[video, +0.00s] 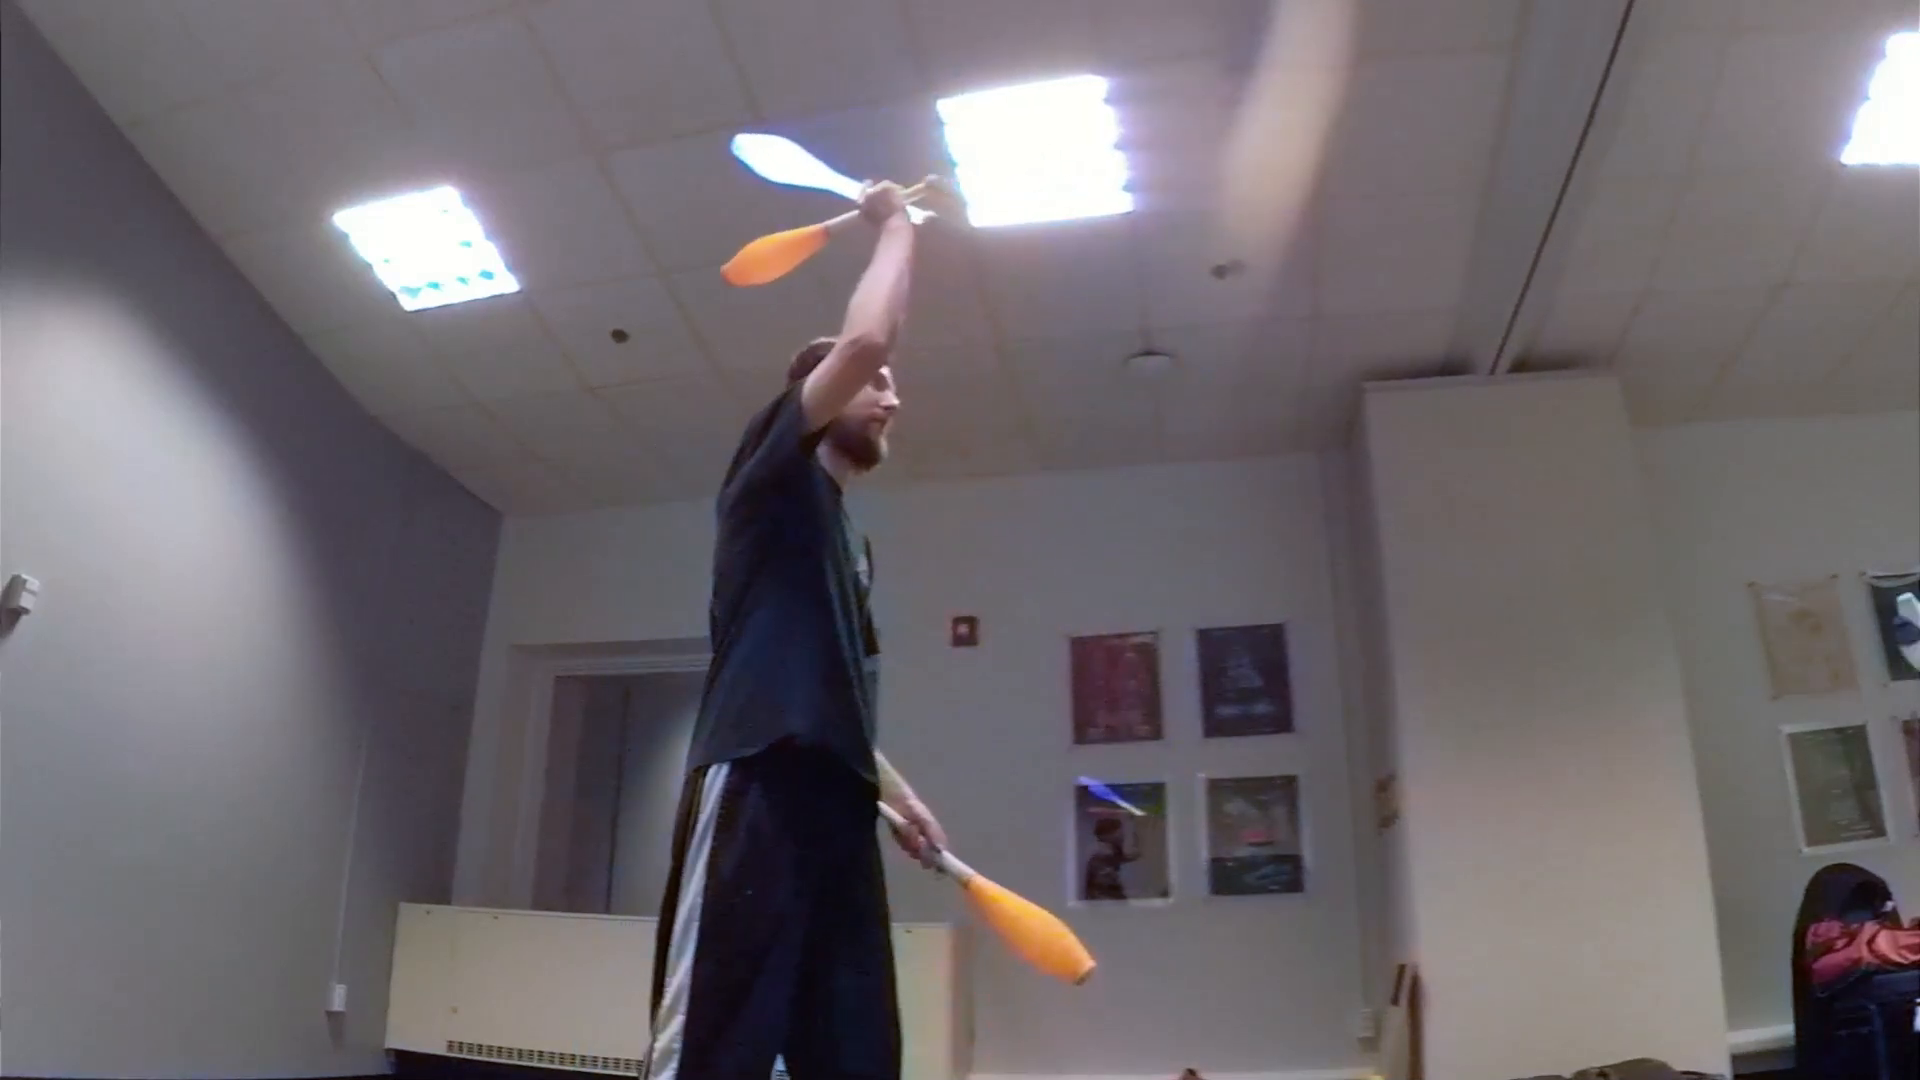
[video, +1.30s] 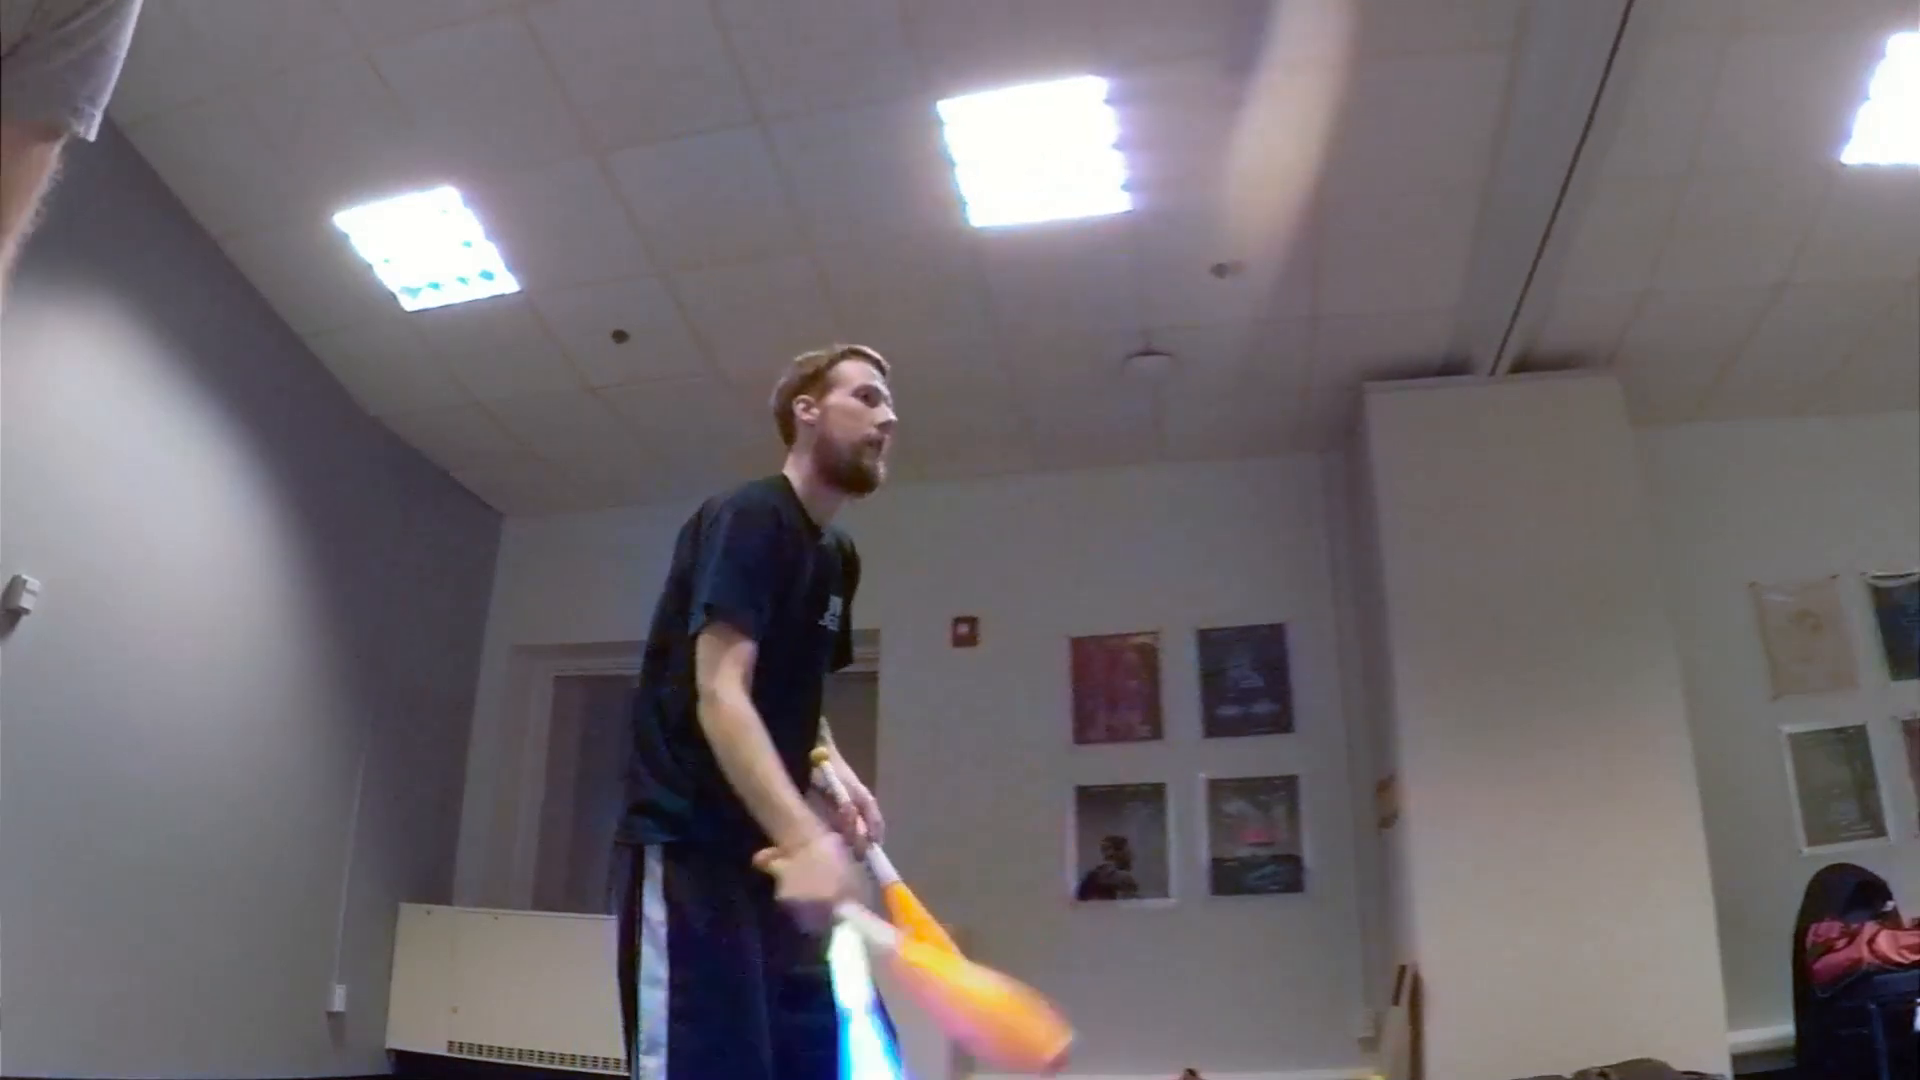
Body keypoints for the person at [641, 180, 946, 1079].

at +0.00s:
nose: (890, 400)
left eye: (892, 386)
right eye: (871, 380)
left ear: (877, 410)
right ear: (817, 389)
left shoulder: (838, 534)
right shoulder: (771, 469)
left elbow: (826, 695)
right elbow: (863, 338)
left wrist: (893, 792)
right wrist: (898, 221)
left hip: (833, 795)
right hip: (756, 784)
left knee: (851, 1039)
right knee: (716, 1033)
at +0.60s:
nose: (833, 387)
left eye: (836, 373)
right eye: (817, 371)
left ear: (797, 387)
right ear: (773, 379)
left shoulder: (787, 512)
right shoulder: (728, 444)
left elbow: (774, 677)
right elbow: (822, 391)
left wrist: (870, 749)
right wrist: (895, 256)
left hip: (794, 790)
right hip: (724, 777)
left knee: (821, 1026)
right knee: (701, 1021)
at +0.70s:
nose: (831, 380)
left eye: (835, 370)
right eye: (810, 362)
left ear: (836, 394)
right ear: (753, 375)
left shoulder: (799, 525)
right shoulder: (707, 444)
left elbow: (782, 680)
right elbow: (777, 475)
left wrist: (868, 738)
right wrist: (916, 360)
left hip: (789, 788)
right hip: (706, 782)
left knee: (818, 1031)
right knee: (691, 1027)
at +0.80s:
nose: (823, 383)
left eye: (824, 373)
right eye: (802, 364)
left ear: (824, 396)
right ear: (743, 378)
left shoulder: (778, 522)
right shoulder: (694, 460)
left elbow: (777, 680)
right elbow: (724, 567)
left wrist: (860, 729)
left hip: (775, 815)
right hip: (688, 808)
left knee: (833, 1041)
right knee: (683, 1047)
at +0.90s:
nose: (821, 388)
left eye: (823, 377)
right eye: (799, 369)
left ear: (818, 411)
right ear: (741, 385)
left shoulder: (793, 536)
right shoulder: (690, 476)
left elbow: (782, 693)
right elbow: (670, 628)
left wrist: (859, 734)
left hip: (771, 831)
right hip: (673, 826)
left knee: (843, 1040)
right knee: (681, 1053)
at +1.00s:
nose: (831, 399)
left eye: (832, 389)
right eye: (809, 381)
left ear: (831, 413)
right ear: (748, 397)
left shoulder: (798, 545)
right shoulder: (697, 499)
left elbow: (761, 696)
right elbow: (645, 668)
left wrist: (843, 746)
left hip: (762, 838)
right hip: (671, 841)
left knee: (854, 1040)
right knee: (690, 1060)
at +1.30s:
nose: (887, 415)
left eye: (889, 404)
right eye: (866, 395)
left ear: (882, 434)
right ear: (804, 411)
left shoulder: (836, 556)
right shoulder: (750, 515)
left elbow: (792, 690)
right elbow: (717, 690)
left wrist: (832, 769)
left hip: (771, 859)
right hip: (685, 855)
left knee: (804, 1062)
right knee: (707, 1063)